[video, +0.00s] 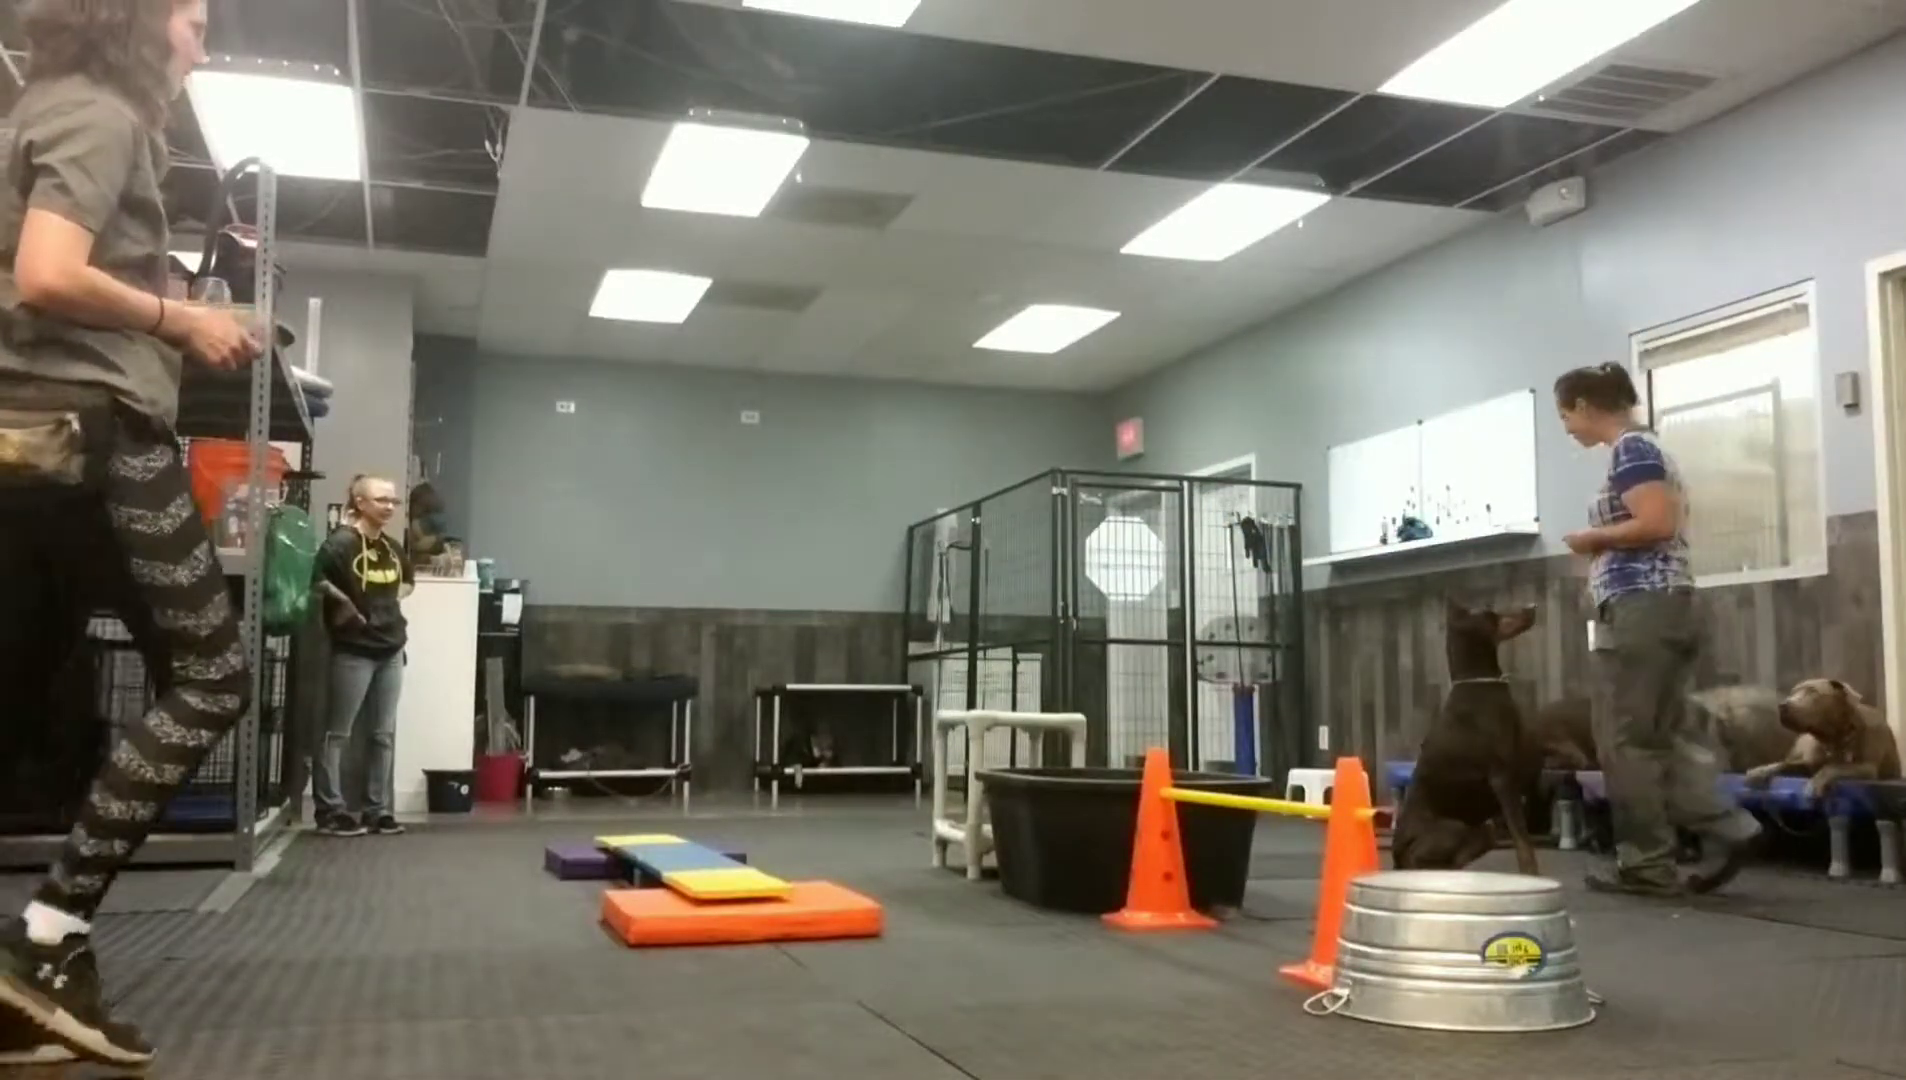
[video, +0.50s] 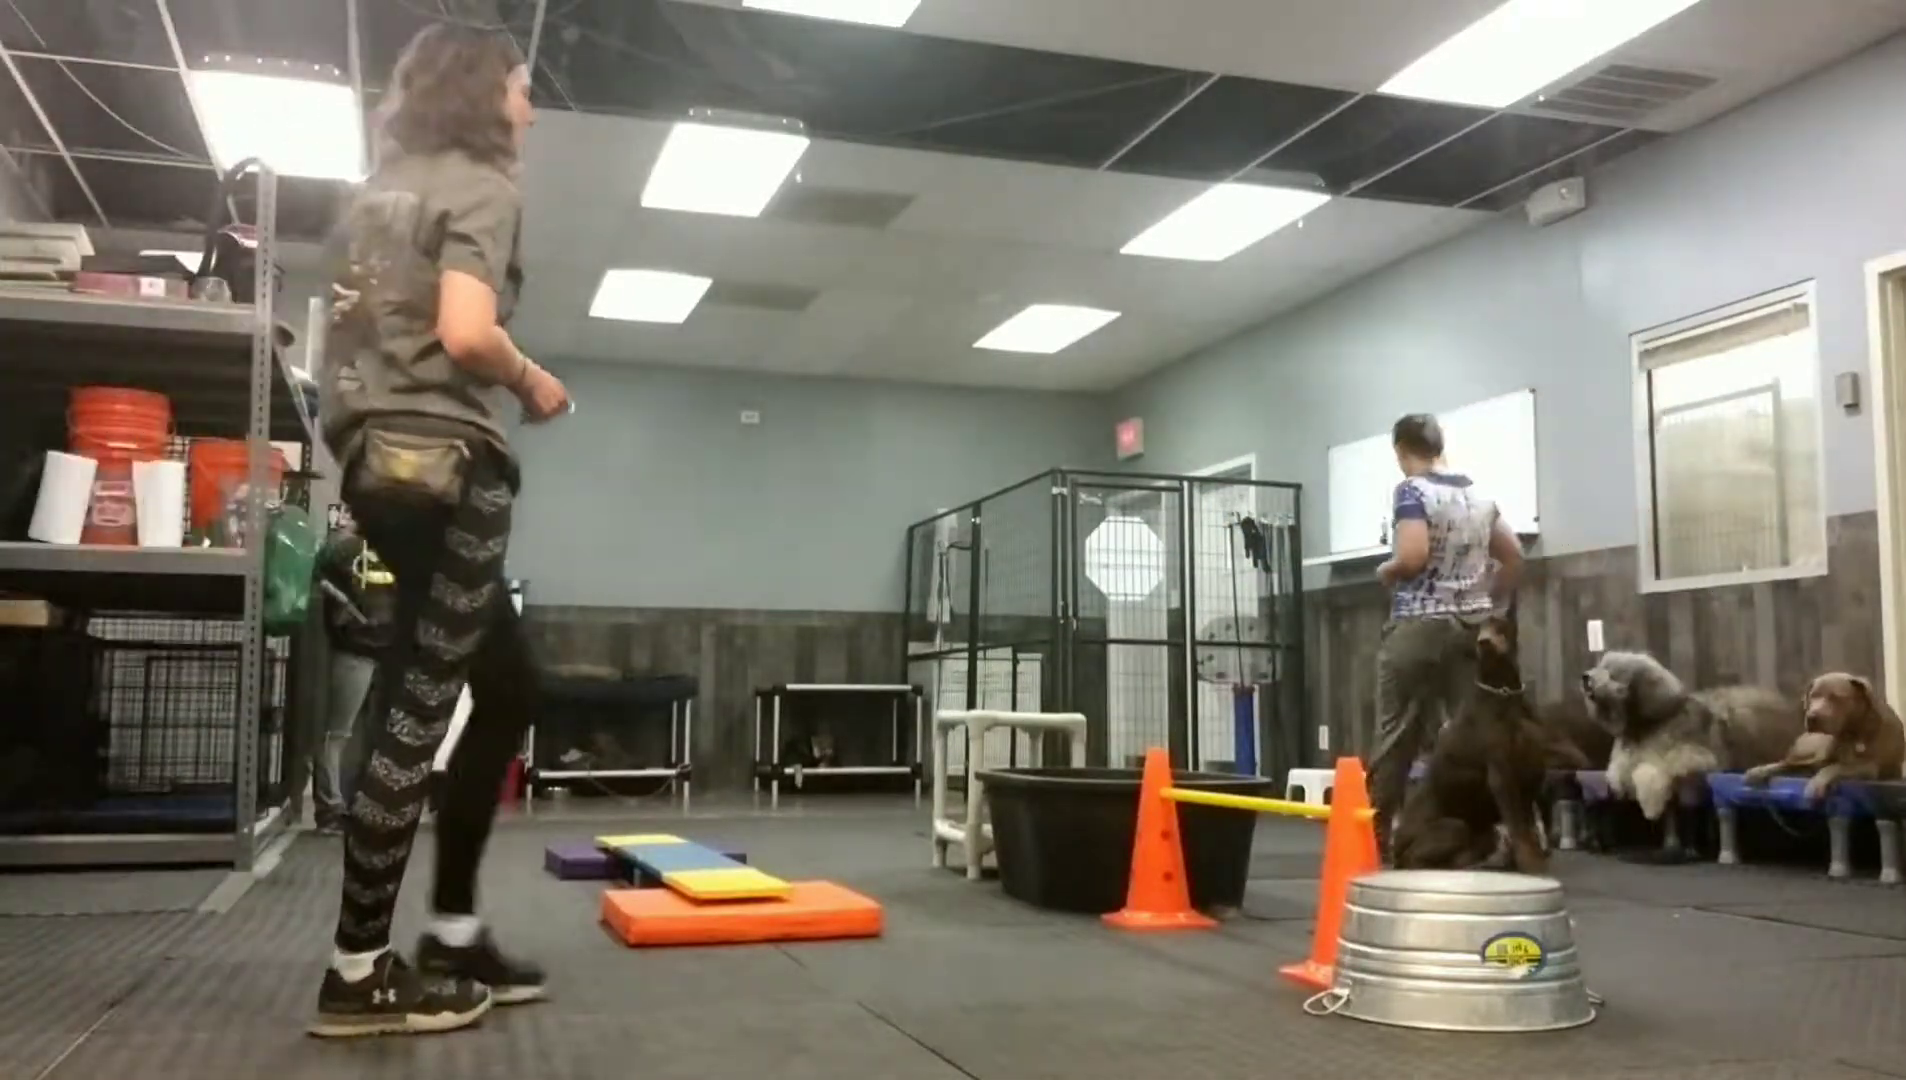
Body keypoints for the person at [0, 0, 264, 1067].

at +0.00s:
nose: (200, 38)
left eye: (202, 19)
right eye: (191, 14)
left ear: (95, 19)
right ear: (136, 15)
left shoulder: (48, 104)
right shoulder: (98, 109)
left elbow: (56, 274)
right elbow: (46, 274)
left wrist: (172, 308)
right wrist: (180, 315)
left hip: (35, 432)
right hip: (97, 437)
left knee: (30, 712)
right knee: (209, 673)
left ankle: (37, 972)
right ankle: (51, 936)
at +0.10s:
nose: (222, 44)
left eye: (224, 24)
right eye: (212, 21)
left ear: (118, 28)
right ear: (158, 24)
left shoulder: (49, 118)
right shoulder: (126, 116)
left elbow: (52, 282)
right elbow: (69, 277)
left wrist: (188, 313)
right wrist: (197, 322)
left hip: (29, 438)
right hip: (115, 441)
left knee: (26, 720)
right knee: (238, 680)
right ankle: (207, 971)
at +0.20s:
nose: (271, 68)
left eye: (269, 50)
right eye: (262, 47)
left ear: (172, 52)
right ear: (212, 48)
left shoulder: (108, 144)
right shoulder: (185, 142)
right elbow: (140, 296)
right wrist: (260, 345)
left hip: (91, 453)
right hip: (168, 455)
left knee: (37, 715)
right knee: (279, 703)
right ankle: (337, 962)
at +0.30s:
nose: (350, 85)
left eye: (347, 64)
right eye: (342, 64)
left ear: (242, 74)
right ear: (304, 70)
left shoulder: (194, 166)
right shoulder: (279, 163)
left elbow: (172, 323)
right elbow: (248, 316)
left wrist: (325, 373)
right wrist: (358, 361)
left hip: (192, 457)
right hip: (274, 458)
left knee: (124, 714)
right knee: (362, 702)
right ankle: (357, 970)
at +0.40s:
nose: (441, 90)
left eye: (438, 71)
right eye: (429, 70)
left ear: (332, 78)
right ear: (380, 73)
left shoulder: (283, 175)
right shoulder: (388, 166)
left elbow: (271, 319)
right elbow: (370, 318)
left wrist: (383, 352)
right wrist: (458, 356)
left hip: (299, 449)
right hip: (373, 449)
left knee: (327, 722)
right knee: (394, 718)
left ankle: (134, 890)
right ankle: (363, 970)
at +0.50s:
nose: (531, 112)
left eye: (528, 93)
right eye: (523, 92)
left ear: (427, 95)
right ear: (487, 94)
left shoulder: (380, 185)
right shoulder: (482, 184)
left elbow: (355, 323)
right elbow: (465, 332)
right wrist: (529, 377)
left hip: (372, 453)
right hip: (443, 459)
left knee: (508, 691)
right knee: (413, 713)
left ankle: (453, 933)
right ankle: (358, 968)